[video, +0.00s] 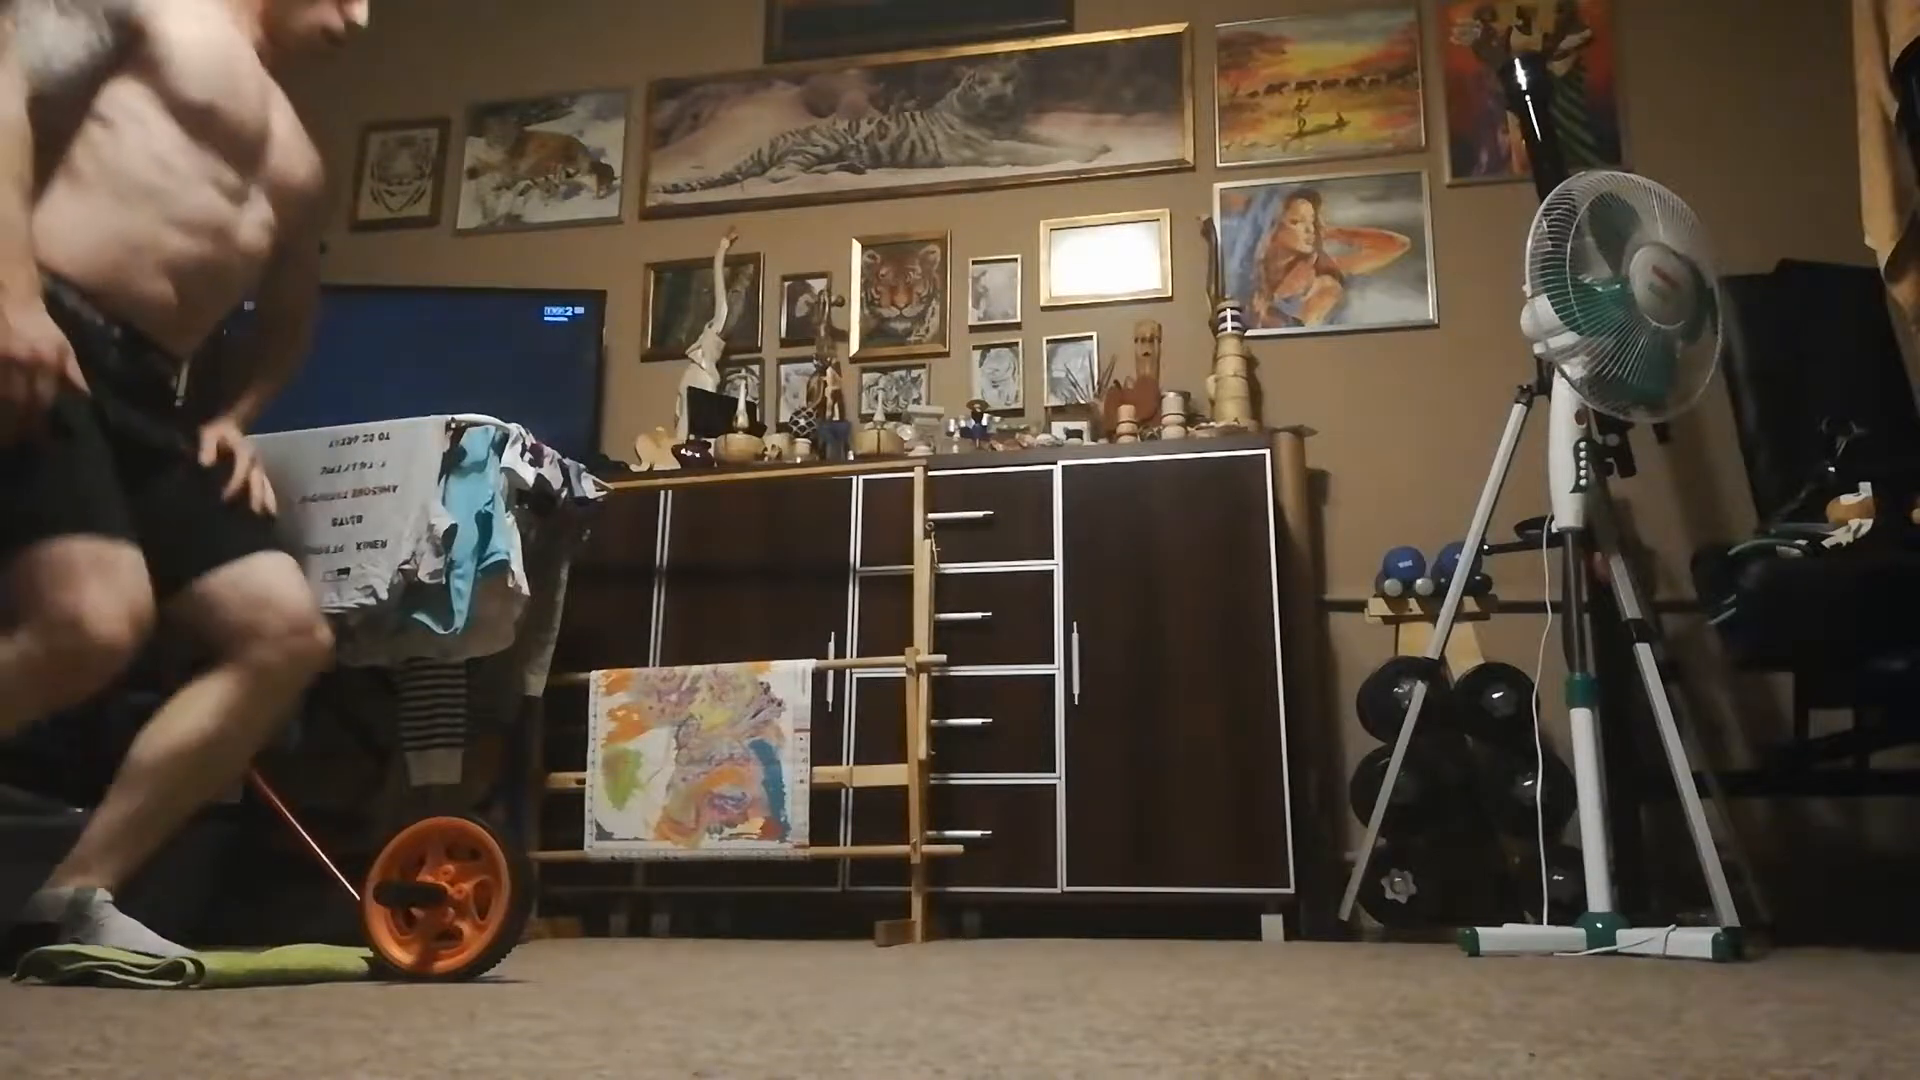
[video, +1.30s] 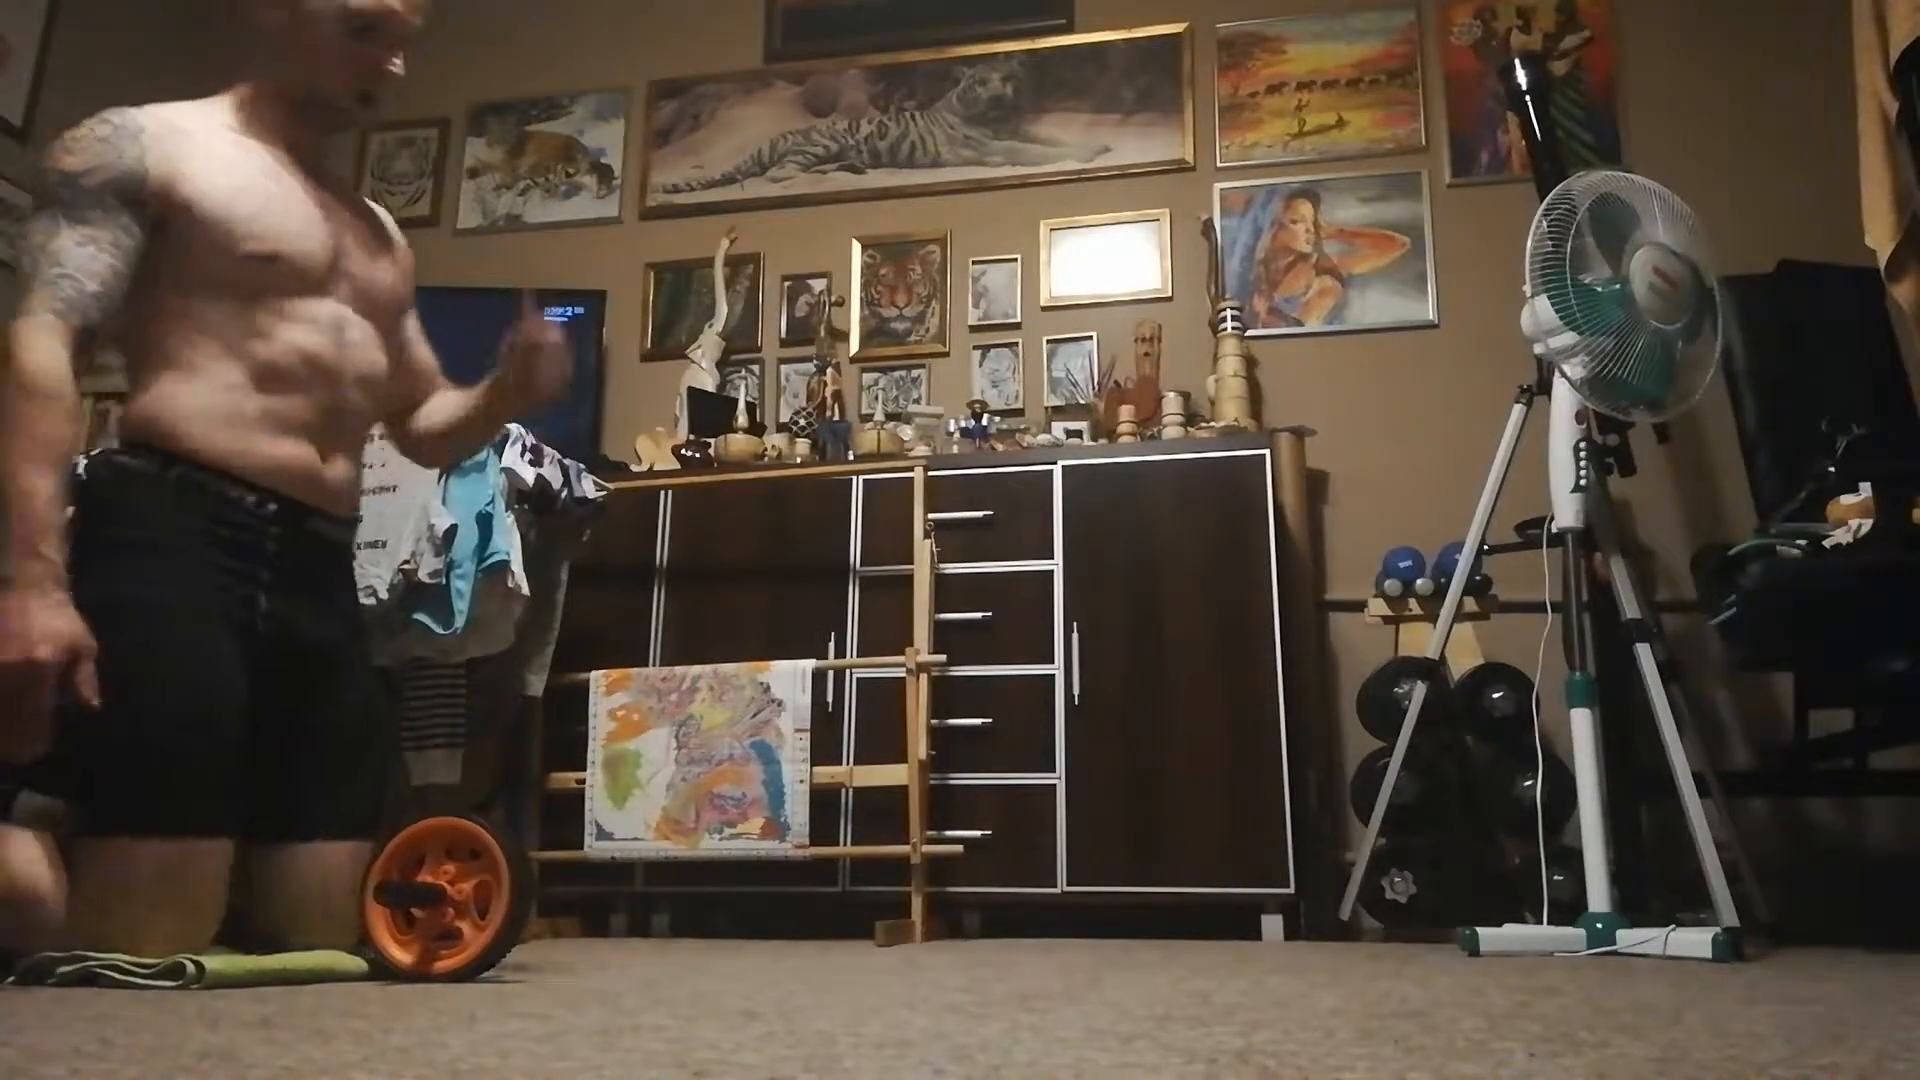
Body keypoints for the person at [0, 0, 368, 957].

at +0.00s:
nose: (360, 12)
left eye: (365, 5)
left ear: (332, 22)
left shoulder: (308, 164)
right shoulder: (150, 12)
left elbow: (288, 321)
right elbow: (11, 89)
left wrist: (236, 413)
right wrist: (16, 294)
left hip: (157, 395)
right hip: (45, 327)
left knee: (285, 636)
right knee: (92, 620)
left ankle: (76, 894)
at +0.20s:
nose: (370, 149)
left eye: (385, 131)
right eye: (357, 113)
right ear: (280, 72)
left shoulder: (305, 272)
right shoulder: (149, 112)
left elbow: (280, 424)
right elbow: (17, 220)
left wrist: (229, 509)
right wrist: (53, 450)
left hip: (150, 505)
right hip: (43, 463)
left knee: (342, 687)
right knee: (125, 751)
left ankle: (82, 889)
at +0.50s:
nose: (345, 206)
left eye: (357, 188)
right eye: (326, 173)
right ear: (244, 136)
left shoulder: (278, 300)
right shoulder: (117, 191)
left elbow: (257, 464)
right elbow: (15, 347)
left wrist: (238, 569)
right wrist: (55, 584)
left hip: (175, 605)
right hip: (54, 583)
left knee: (404, 730)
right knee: (145, 903)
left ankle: (117, 851)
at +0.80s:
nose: (344, 107)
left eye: (357, 83)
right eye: (322, 67)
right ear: (235, 25)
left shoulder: (282, 238)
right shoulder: (90, 136)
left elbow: (255, 409)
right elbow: (11, 339)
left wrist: (301, 535)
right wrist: (64, 590)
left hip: (229, 563)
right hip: (99, 548)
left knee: (437, 735)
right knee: (152, 920)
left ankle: (163, 834)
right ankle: (18, 880)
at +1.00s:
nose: (341, 50)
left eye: (346, 26)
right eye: (325, 16)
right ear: (237, 7)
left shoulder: (305, 201)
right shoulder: (78, 109)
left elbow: (308, 393)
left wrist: (389, 540)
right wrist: (22, 577)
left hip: (266, 553)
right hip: (120, 540)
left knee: (363, 822)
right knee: (152, 923)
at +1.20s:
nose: (366, 50)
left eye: (372, 27)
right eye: (346, 18)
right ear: (263, 9)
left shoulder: (348, 211)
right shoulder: (111, 128)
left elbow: (378, 399)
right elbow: (15, 338)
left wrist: (472, 447)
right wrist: (12, 584)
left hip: (303, 563)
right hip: (152, 539)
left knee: (319, 922)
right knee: (145, 936)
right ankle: (0, 845)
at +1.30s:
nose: (393, 67)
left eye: (404, 46)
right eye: (369, 31)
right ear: (281, 13)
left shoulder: (377, 233)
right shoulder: (140, 144)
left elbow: (426, 428)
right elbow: (41, 344)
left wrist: (504, 392)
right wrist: (32, 579)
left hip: (317, 576)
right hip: (170, 542)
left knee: (321, 939)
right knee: (148, 937)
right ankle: (1, 844)